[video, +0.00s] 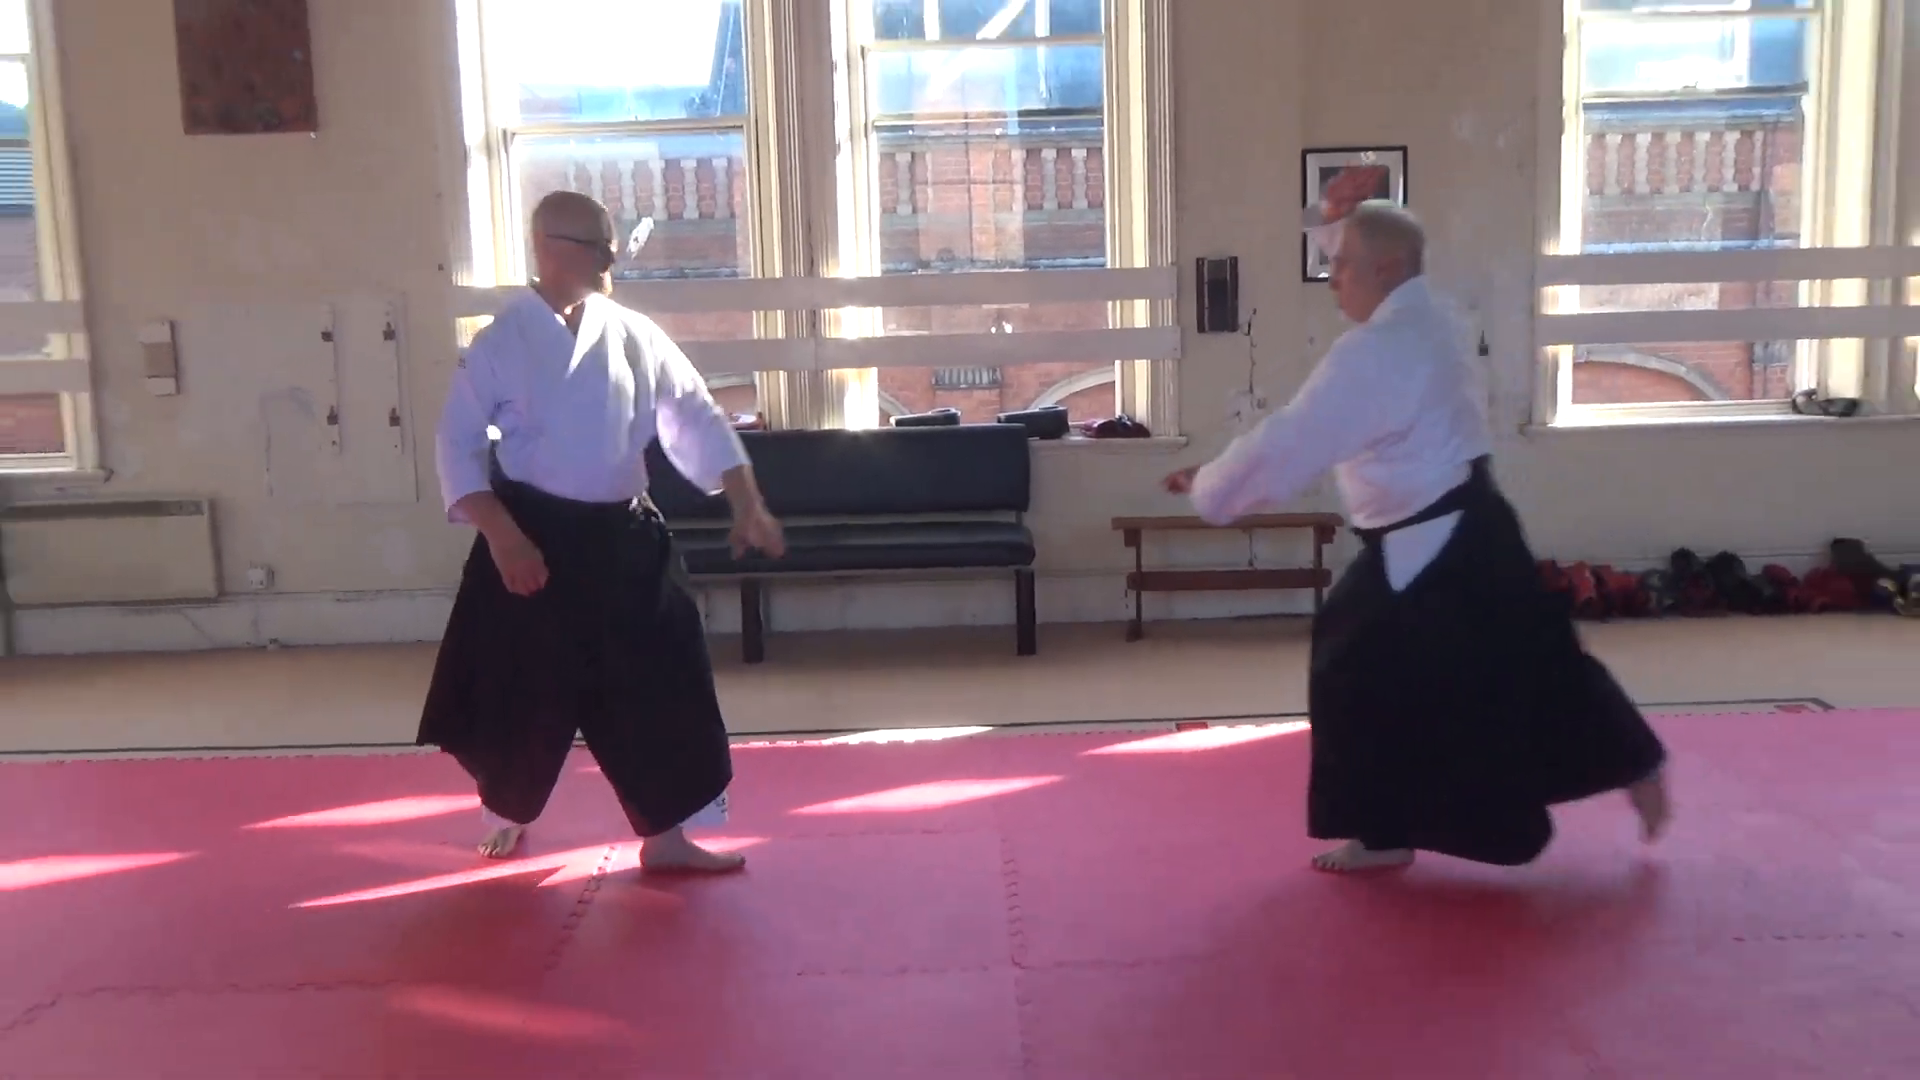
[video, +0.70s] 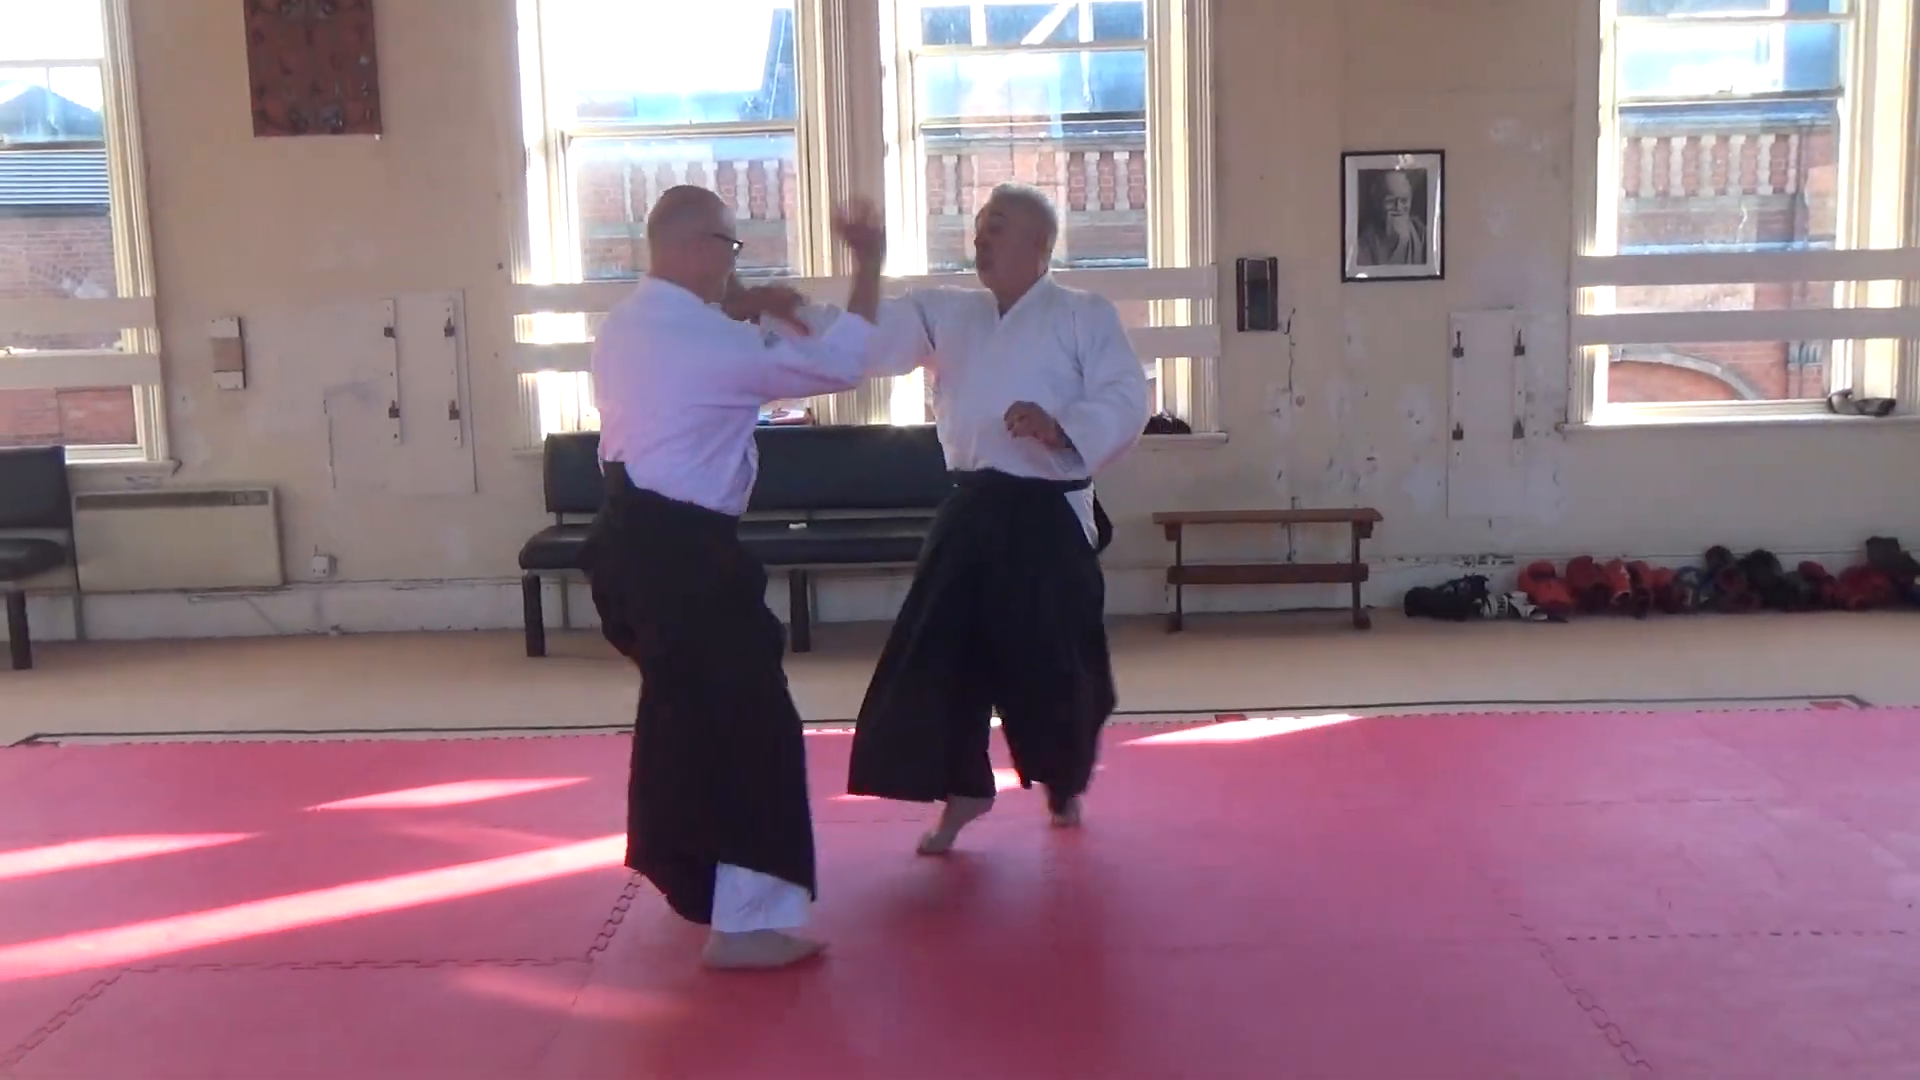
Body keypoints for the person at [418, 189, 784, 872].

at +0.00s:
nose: (604, 255)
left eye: (602, 242)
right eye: (580, 240)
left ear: (600, 253)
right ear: (544, 248)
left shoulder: (634, 336)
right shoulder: (504, 341)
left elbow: (697, 415)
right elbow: (457, 445)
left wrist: (745, 498)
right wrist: (503, 536)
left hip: (625, 536)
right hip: (534, 537)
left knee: (656, 683)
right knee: (522, 683)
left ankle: (664, 837)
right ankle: (510, 812)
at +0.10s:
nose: (640, 266)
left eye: (641, 254)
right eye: (627, 254)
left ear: (633, 259)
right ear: (581, 257)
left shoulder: (668, 337)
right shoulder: (534, 343)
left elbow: (747, 383)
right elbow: (456, 428)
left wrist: (817, 432)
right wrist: (512, 446)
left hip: (653, 531)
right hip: (566, 531)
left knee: (669, 680)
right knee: (554, 680)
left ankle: (673, 832)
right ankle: (516, 797)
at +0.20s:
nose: (658, 266)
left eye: (658, 254)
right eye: (644, 255)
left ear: (650, 259)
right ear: (595, 259)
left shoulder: (688, 332)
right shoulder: (553, 337)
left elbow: (773, 338)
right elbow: (464, 372)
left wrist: (861, 347)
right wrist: (523, 347)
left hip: (676, 532)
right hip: (588, 532)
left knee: (686, 684)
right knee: (555, 682)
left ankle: (676, 830)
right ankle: (514, 805)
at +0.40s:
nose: (690, 267)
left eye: (688, 256)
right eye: (675, 256)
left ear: (676, 266)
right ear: (624, 266)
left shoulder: (720, 325)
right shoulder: (586, 339)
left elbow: (809, 293)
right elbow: (523, 330)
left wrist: (895, 250)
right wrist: (573, 252)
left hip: (705, 540)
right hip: (619, 540)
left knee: (719, 688)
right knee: (599, 701)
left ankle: (697, 827)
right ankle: (563, 865)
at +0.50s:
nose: (698, 268)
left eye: (698, 256)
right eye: (682, 256)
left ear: (691, 265)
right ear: (633, 263)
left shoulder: (718, 325)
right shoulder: (602, 345)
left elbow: (796, 298)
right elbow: (631, 364)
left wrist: (874, 245)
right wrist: (628, 287)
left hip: (709, 542)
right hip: (634, 544)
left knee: (734, 693)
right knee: (642, 709)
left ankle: (696, 828)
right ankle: (632, 892)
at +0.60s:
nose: (712, 252)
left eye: (710, 239)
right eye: (702, 240)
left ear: (656, 252)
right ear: (658, 249)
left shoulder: (666, 324)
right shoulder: (641, 341)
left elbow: (750, 340)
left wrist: (805, 277)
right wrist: (747, 281)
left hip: (687, 538)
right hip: (658, 546)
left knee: (726, 704)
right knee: (691, 721)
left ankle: (714, 838)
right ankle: (710, 922)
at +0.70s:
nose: (730, 254)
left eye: (728, 241)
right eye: (723, 241)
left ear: (653, 245)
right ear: (696, 247)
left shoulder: (620, 326)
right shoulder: (711, 343)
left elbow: (692, 327)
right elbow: (843, 356)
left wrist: (751, 302)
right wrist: (868, 260)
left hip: (628, 539)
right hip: (690, 549)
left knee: (699, 707)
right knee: (764, 723)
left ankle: (708, 884)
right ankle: (747, 921)